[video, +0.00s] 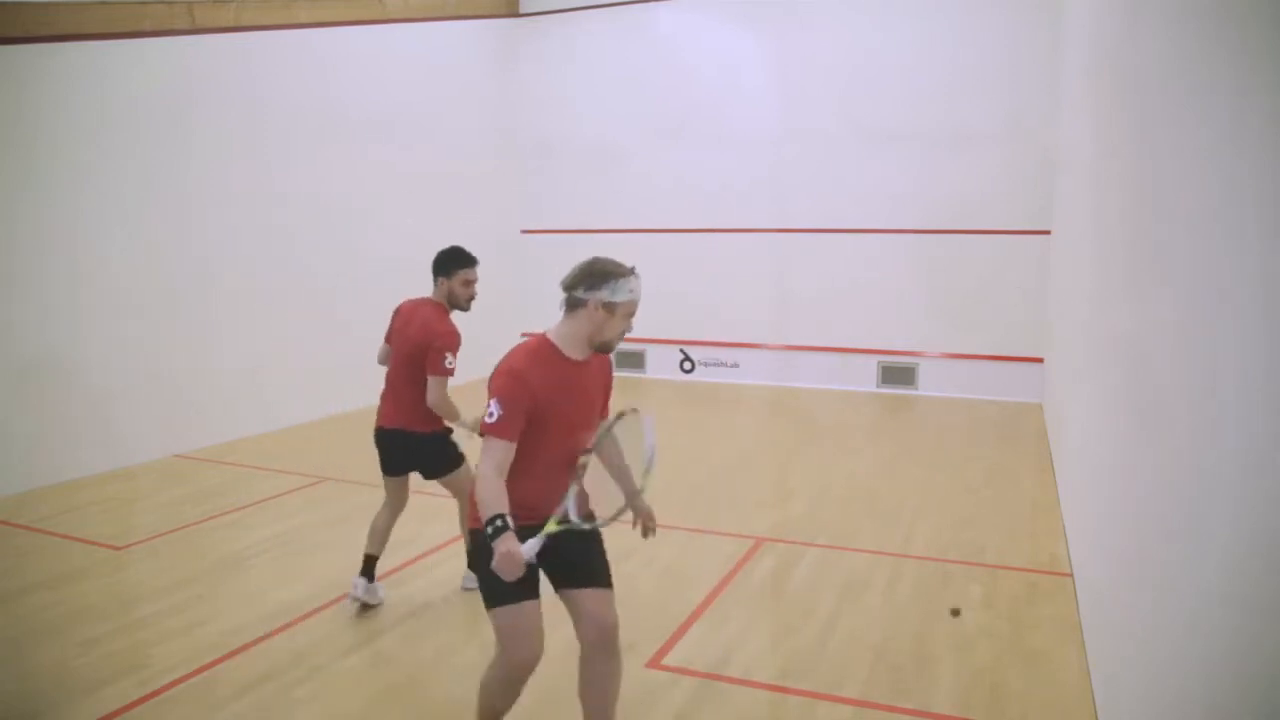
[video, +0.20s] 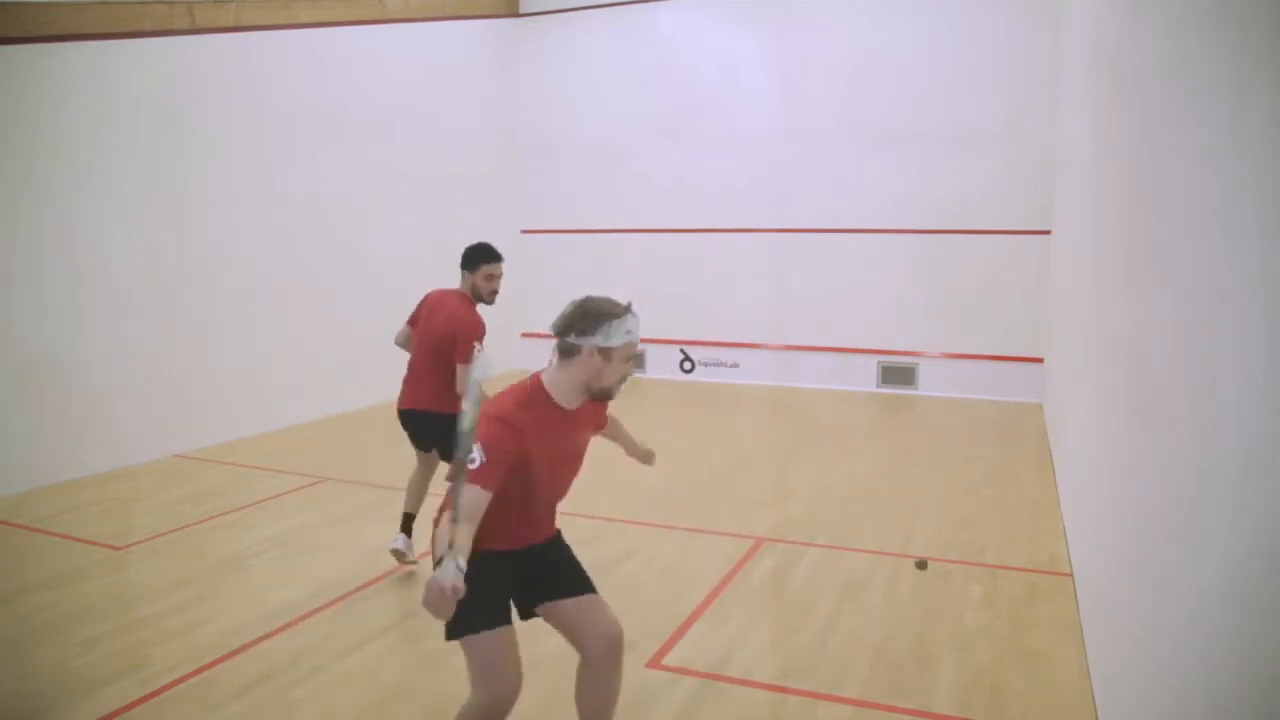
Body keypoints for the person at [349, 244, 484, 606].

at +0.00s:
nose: (474, 293)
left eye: (475, 284)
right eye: (467, 285)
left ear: (441, 283)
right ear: (443, 283)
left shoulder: (406, 309)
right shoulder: (445, 333)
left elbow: (385, 356)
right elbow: (436, 399)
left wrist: (419, 374)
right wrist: (466, 423)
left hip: (388, 430)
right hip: (424, 434)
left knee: (393, 500)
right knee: (468, 491)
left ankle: (365, 578)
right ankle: (477, 569)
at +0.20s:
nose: (497, 287)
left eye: (499, 279)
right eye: (490, 279)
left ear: (466, 277)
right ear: (469, 276)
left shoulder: (434, 299)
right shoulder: (471, 322)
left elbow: (403, 338)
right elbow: (463, 386)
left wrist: (436, 355)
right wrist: (495, 403)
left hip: (409, 408)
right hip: (441, 413)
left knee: (426, 461)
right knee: (465, 472)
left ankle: (404, 535)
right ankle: (448, 551)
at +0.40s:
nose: (497, 291)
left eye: (499, 283)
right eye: (490, 282)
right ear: (470, 281)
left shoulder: (439, 305)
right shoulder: (473, 325)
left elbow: (408, 345)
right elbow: (471, 387)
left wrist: (434, 368)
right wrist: (497, 406)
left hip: (418, 410)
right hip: (442, 419)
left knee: (435, 469)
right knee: (480, 465)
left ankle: (423, 527)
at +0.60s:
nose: (506, 289)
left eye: (506, 282)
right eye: (501, 282)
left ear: (472, 284)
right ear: (481, 283)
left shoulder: (445, 313)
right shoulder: (474, 328)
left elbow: (415, 356)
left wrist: (438, 390)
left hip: (441, 421)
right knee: (507, 491)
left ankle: (466, 550)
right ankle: (467, 553)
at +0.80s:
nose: (514, 273)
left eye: (512, 264)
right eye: (509, 265)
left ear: (478, 266)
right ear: (495, 267)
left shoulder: (451, 306)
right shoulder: (492, 310)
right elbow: (480, 378)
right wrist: (530, 399)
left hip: (440, 416)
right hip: (466, 421)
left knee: (446, 482)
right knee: (512, 487)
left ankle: (423, 554)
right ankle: (486, 569)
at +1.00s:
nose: (533, 271)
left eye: (530, 264)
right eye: (530, 265)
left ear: (498, 272)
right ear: (520, 270)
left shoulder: (476, 313)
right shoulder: (509, 319)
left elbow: (454, 364)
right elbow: (515, 382)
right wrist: (564, 396)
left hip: (466, 423)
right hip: (493, 429)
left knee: (468, 487)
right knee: (531, 508)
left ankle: (435, 555)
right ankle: (504, 597)